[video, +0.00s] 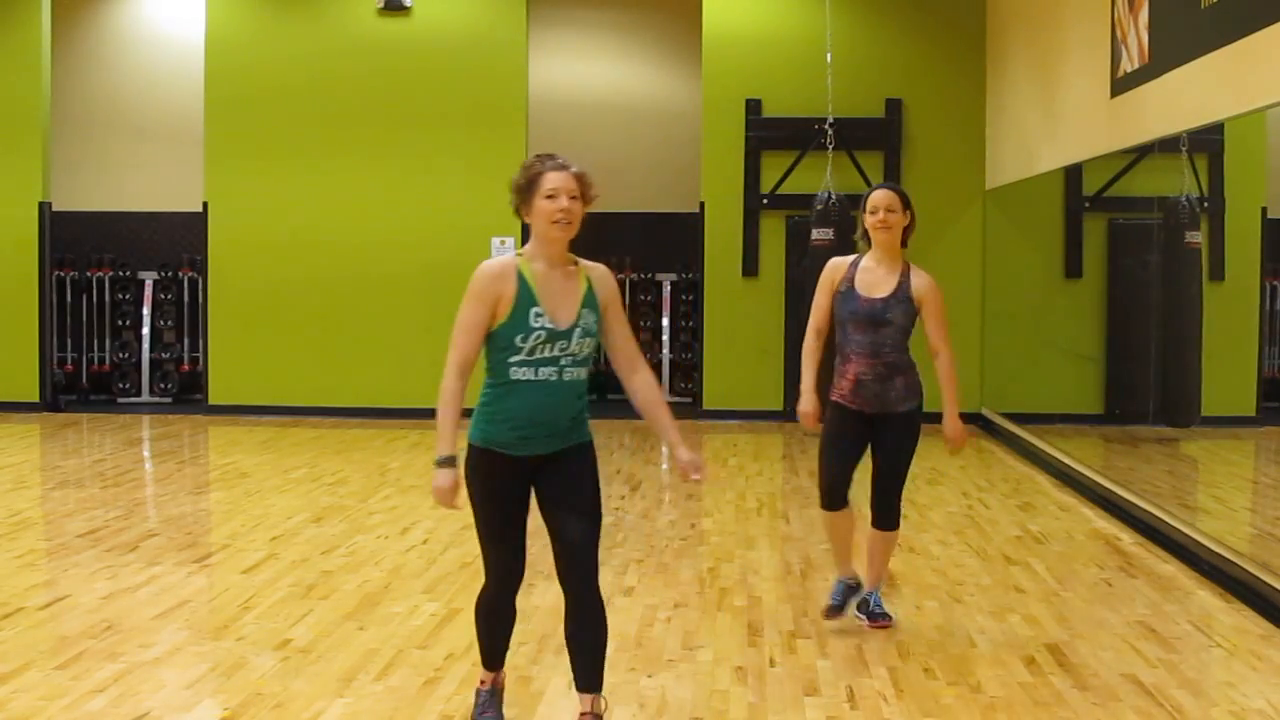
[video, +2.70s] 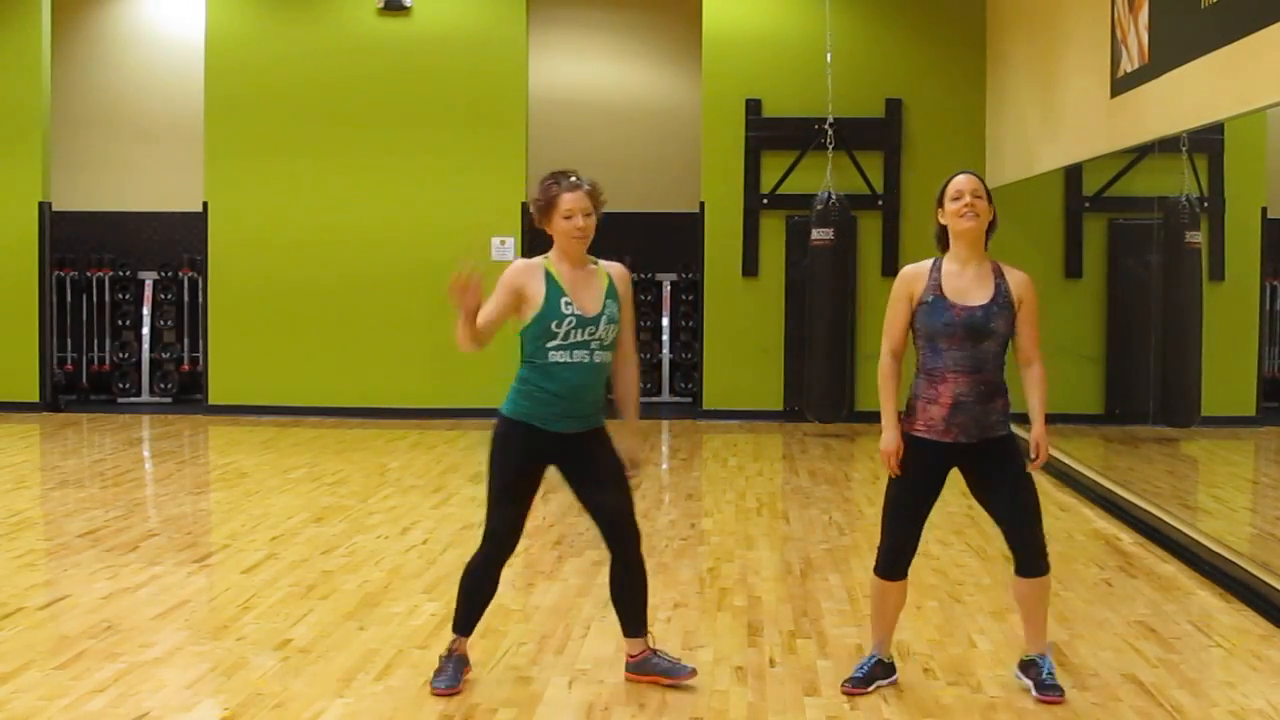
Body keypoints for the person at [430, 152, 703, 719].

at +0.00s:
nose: (565, 207)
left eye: (574, 197)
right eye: (552, 196)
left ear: (584, 208)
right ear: (525, 207)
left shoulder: (598, 280)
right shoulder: (496, 277)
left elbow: (634, 369)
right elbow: (457, 368)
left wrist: (677, 442)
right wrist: (446, 457)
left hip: (568, 448)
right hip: (499, 450)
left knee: (581, 578)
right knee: (504, 575)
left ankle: (591, 707)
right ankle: (490, 682)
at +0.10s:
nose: (557, 211)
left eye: (563, 201)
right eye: (545, 200)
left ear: (568, 208)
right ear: (513, 207)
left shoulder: (582, 275)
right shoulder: (479, 278)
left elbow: (606, 365)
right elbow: (444, 371)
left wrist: (630, 445)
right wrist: (420, 455)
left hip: (557, 447)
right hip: (487, 447)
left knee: (570, 572)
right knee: (497, 574)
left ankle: (566, 692)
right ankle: (491, 685)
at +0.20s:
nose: (560, 211)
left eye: (559, 200)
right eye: (548, 202)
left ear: (548, 206)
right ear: (511, 209)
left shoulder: (573, 271)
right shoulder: (469, 276)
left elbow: (590, 361)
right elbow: (436, 365)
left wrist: (575, 440)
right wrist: (409, 446)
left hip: (549, 443)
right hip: (481, 442)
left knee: (552, 567)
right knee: (491, 567)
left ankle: (536, 656)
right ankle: (490, 682)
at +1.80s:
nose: (537, 207)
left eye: (546, 200)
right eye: (526, 201)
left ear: (561, 214)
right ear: (510, 216)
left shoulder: (584, 274)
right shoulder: (493, 277)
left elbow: (599, 358)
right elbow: (478, 349)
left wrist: (553, 413)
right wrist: (442, 381)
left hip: (567, 425)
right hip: (503, 425)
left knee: (595, 538)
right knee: (485, 541)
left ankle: (619, 652)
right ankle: (475, 643)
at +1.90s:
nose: (545, 210)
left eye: (554, 202)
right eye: (534, 204)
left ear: (570, 215)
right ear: (520, 218)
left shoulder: (595, 274)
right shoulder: (507, 280)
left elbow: (616, 357)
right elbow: (484, 356)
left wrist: (588, 420)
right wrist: (457, 331)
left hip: (586, 425)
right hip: (523, 427)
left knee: (610, 539)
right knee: (486, 532)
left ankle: (621, 652)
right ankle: (492, 641)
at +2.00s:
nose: (549, 211)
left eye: (558, 203)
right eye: (538, 204)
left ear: (574, 213)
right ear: (525, 218)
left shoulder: (600, 271)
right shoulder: (514, 277)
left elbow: (625, 353)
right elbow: (466, 335)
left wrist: (627, 425)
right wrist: (467, 272)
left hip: (598, 426)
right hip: (535, 426)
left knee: (614, 541)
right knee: (486, 526)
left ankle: (622, 653)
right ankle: (491, 640)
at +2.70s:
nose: (581, 224)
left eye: (588, 214)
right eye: (570, 216)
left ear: (597, 218)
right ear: (546, 222)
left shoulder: (615, 278)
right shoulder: (524, 275)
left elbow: (625, 356)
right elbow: (472, 340)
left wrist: (629, 429)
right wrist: (466, 313)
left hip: (584, 432)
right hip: (524, 430)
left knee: (624, 535)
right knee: (498, 543)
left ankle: (638, 652)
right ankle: (456, 649)